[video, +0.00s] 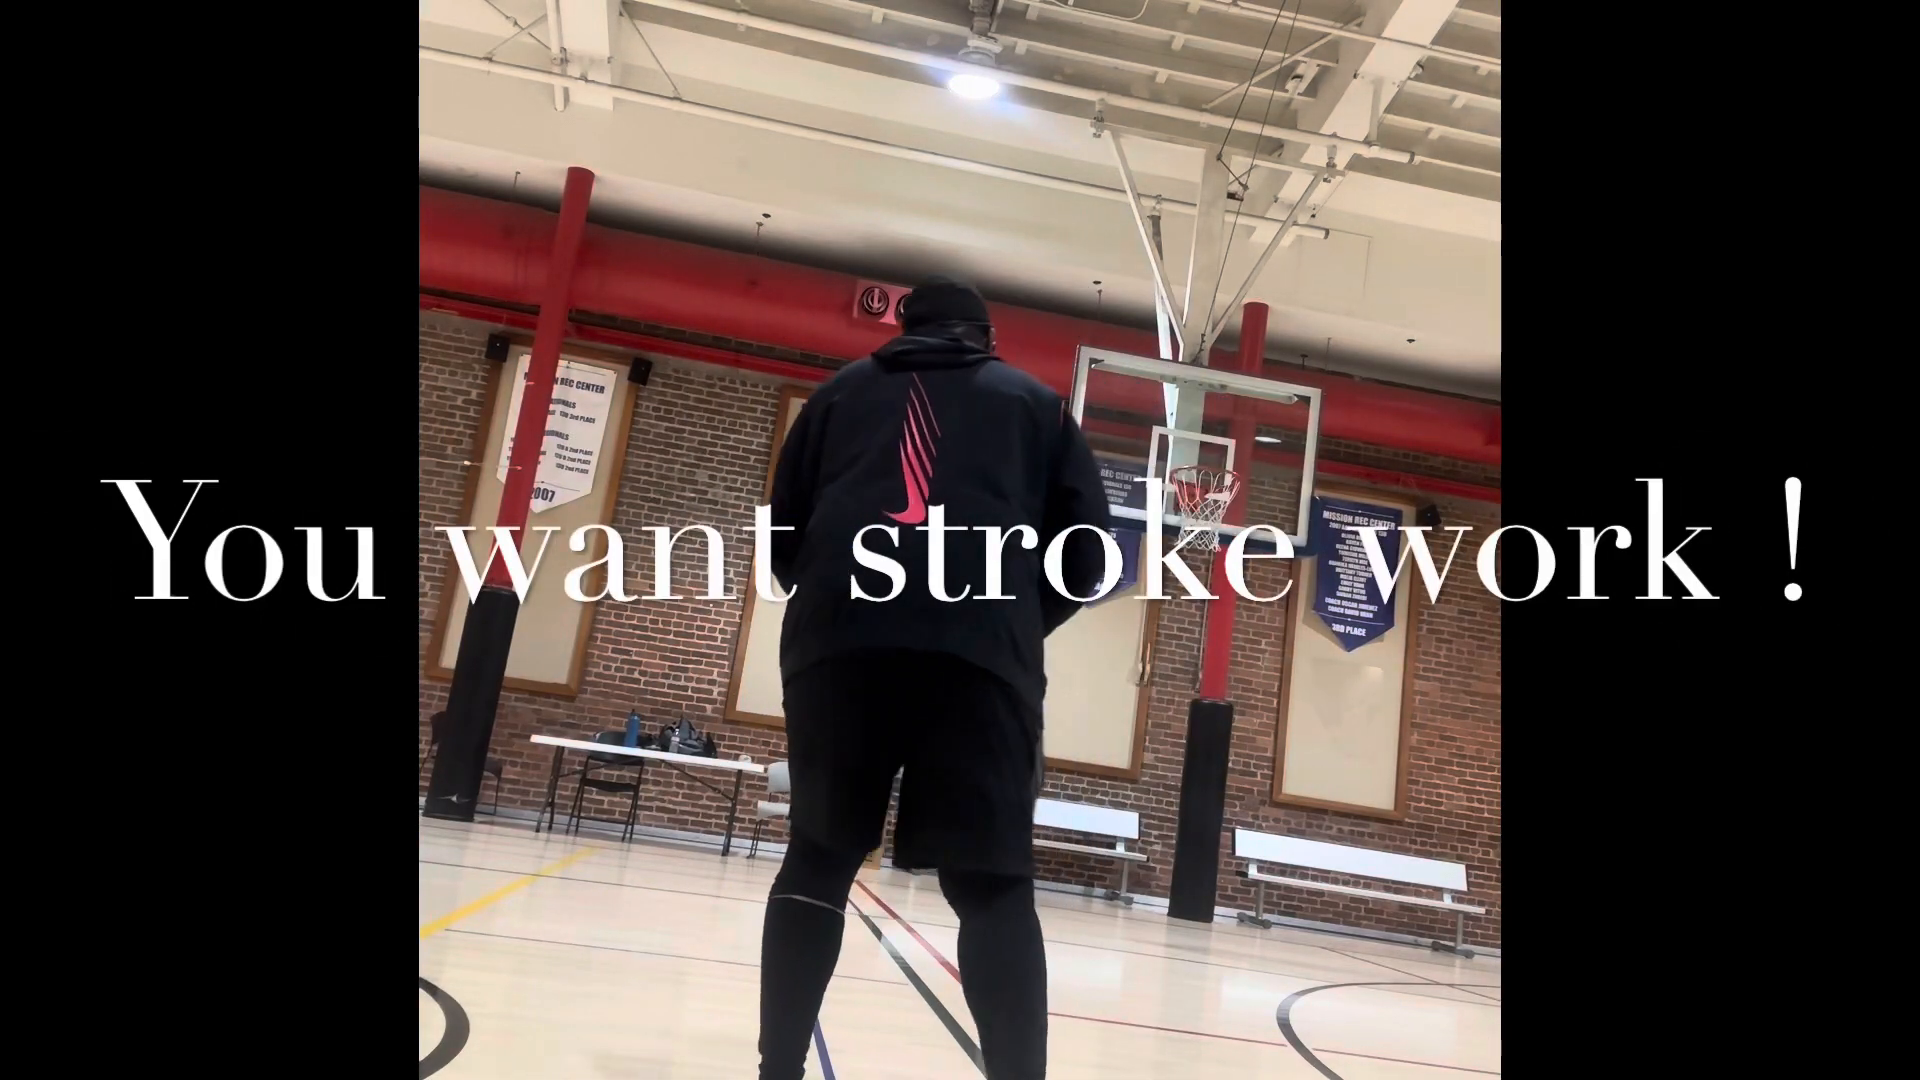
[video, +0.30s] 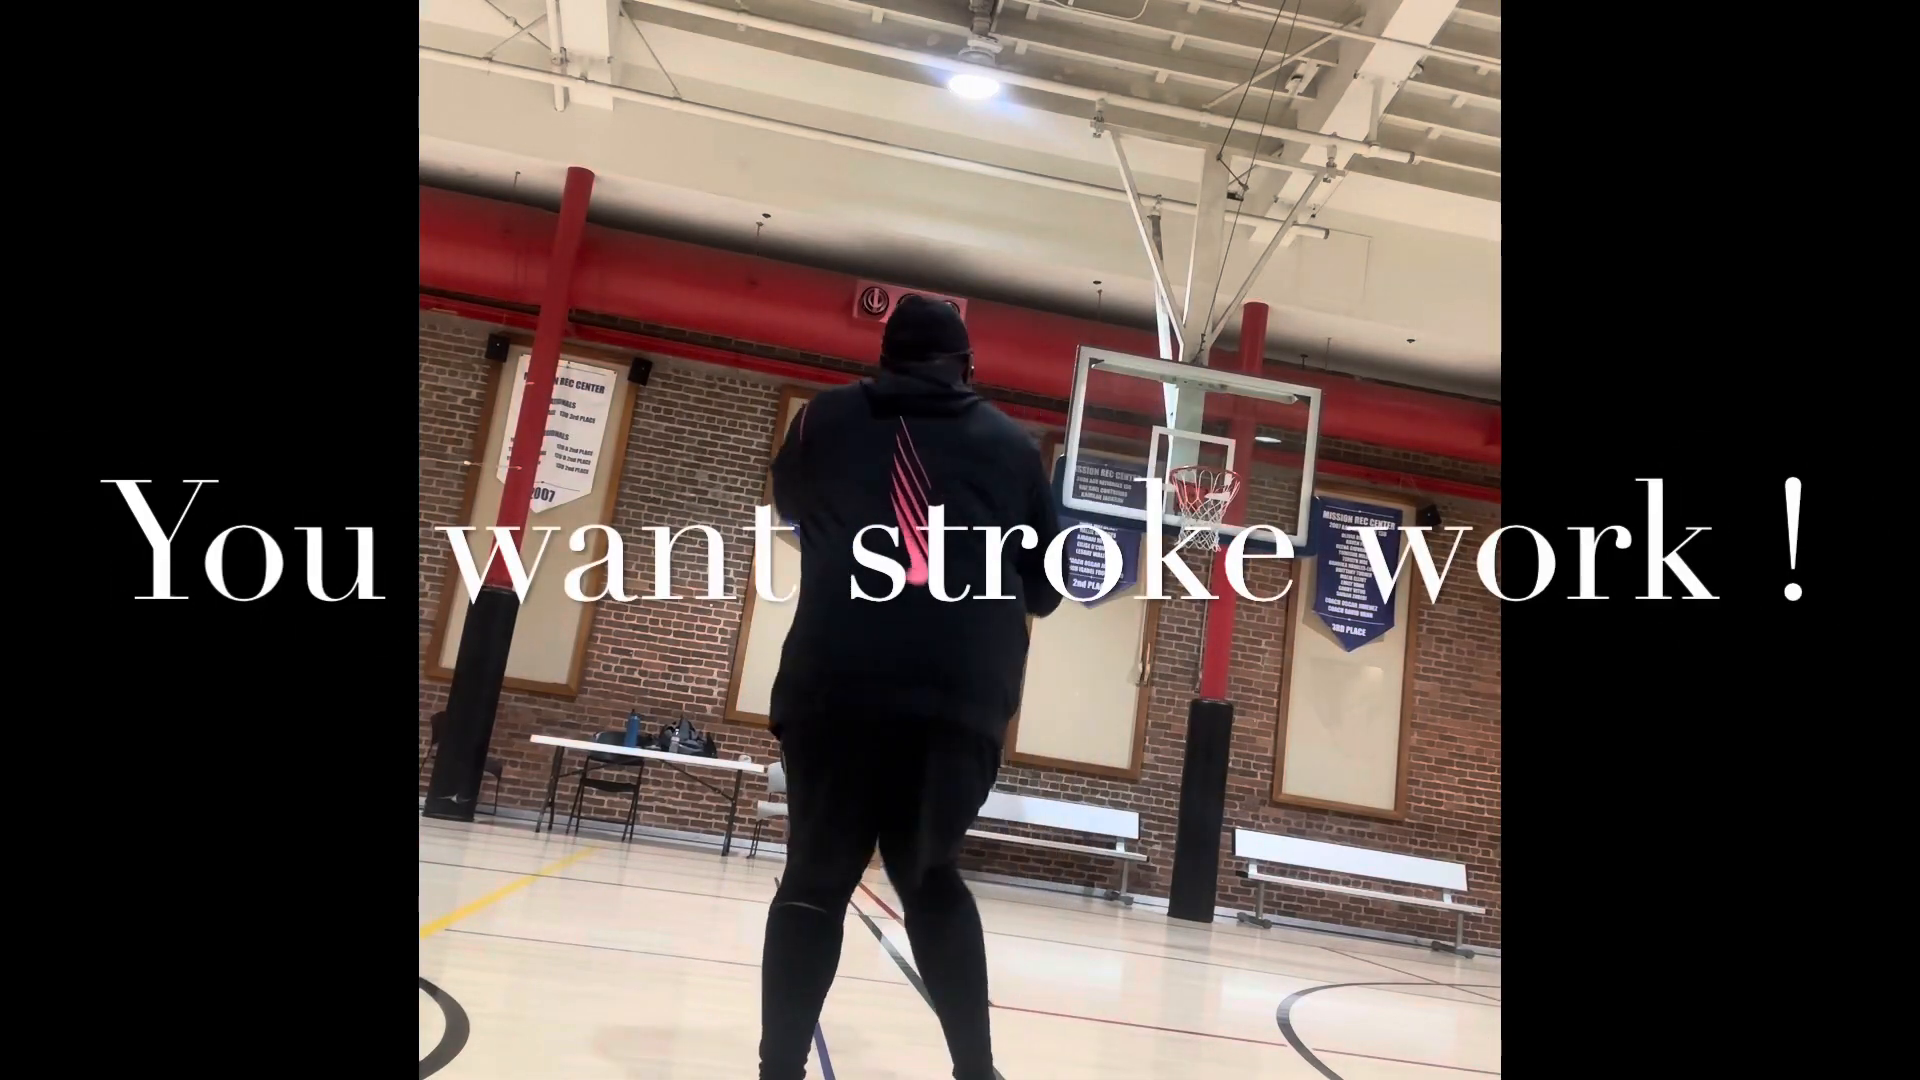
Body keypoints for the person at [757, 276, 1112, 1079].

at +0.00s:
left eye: (906, 315)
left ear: (904, 326)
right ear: (984, 334)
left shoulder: (838, 394)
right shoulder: (1036, 404)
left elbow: (785, 546)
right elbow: (1092, 552)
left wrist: (852, 596)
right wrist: (1014, 617)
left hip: (837, 659)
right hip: (983, 669)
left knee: (819, 853)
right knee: (995, 885)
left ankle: (779, 1065)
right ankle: (1018, 1072)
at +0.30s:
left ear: (884, 356)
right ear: (964, 364)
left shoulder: (825, 421)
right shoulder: (1012, 447)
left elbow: (794, 502)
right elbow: (1046, 577)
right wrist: (981, 599)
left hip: (831, 698)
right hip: (962, 710)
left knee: (814, 882)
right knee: (932, 872)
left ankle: (779, 1067)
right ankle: (977, 1067)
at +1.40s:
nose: (921, 315)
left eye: (922, 304)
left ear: (928, 307)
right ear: (1005, 308)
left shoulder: (908, 390)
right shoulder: (1055, 414)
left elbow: (847, 503)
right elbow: (1060, 541)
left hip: (885, 665)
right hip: (1001, 679)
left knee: (817, 822)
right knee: (958, 853)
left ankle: (822, 1021)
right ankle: (989, 1052)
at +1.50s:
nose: (912, 313)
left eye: (909, 299)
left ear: (913, 304)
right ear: (992, 308)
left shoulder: (890, 385)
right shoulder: (1040, 410)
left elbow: (868, 523)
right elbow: (1060, 548)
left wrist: (872, 649)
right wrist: (1040, 670)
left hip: (885, 665)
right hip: (987, 679)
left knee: (814, 845)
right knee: (949, 858)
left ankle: (787, 1037)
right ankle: (985, 1054)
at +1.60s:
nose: (891, 313)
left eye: (892, 301)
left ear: (894, 306)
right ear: (975, 313)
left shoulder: (865, 385)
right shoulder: (1029, 416)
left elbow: (853, 521)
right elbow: (1059, 547)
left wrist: (871, 636)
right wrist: (1051, 661)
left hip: (858, 672)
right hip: (969, 688)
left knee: (802, 855)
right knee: (942, 864)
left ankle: (795, 1053)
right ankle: (982, 1058)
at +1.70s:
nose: (870, 303)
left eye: (871, 293)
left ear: (876, 295)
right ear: (964, 302)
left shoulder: (835, 375)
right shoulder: (1023, 406)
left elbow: (791, 515)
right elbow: (1047, 548)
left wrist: (776, 639)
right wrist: (1039, 669)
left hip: (838, 665)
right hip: (954, 676)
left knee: (804, 854)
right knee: (943, 856)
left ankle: (796, 1056)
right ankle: (974, 1053)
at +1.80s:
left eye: (878, 277)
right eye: (945, 282)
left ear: (870, 278)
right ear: (957, 284)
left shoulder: (815, 359)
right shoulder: (1016, 391)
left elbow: (735, 478)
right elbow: (1035, 543)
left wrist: (659, 576)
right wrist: (1013, 667)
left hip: (820, 663)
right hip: (947, 676)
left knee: (802, 855)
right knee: (938, 860)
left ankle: (794, 1061)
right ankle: (951, 1062)